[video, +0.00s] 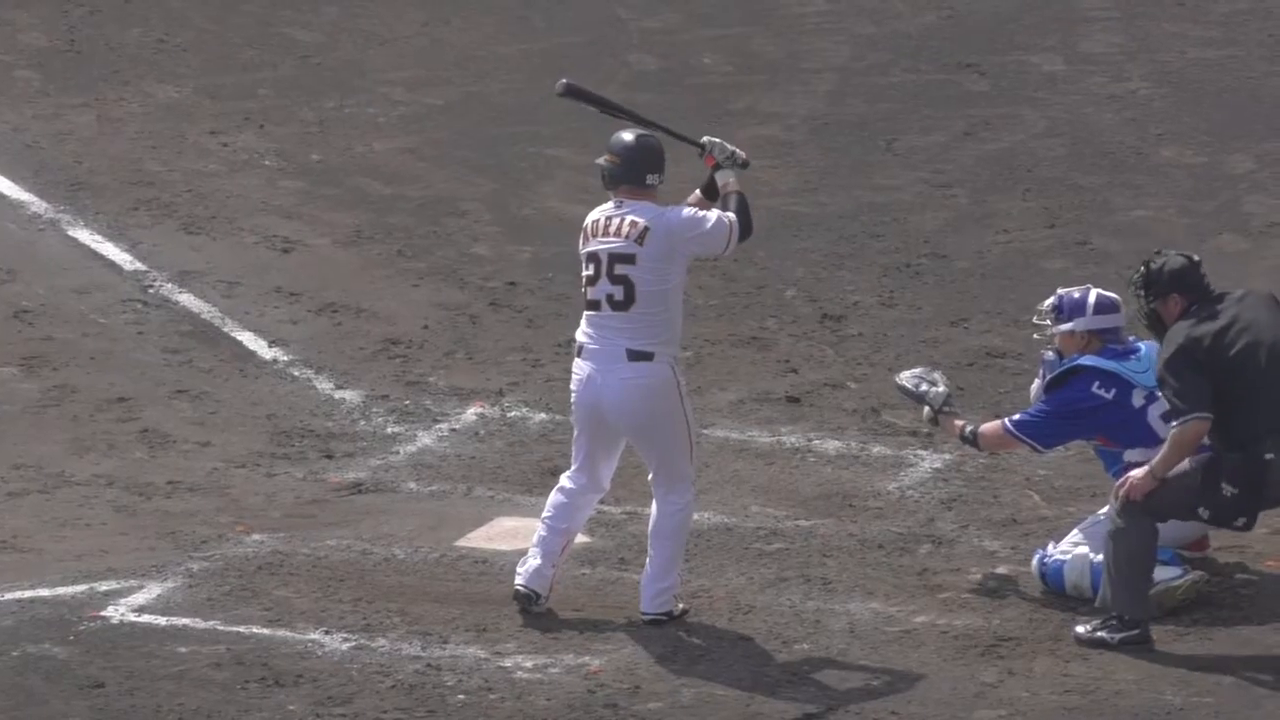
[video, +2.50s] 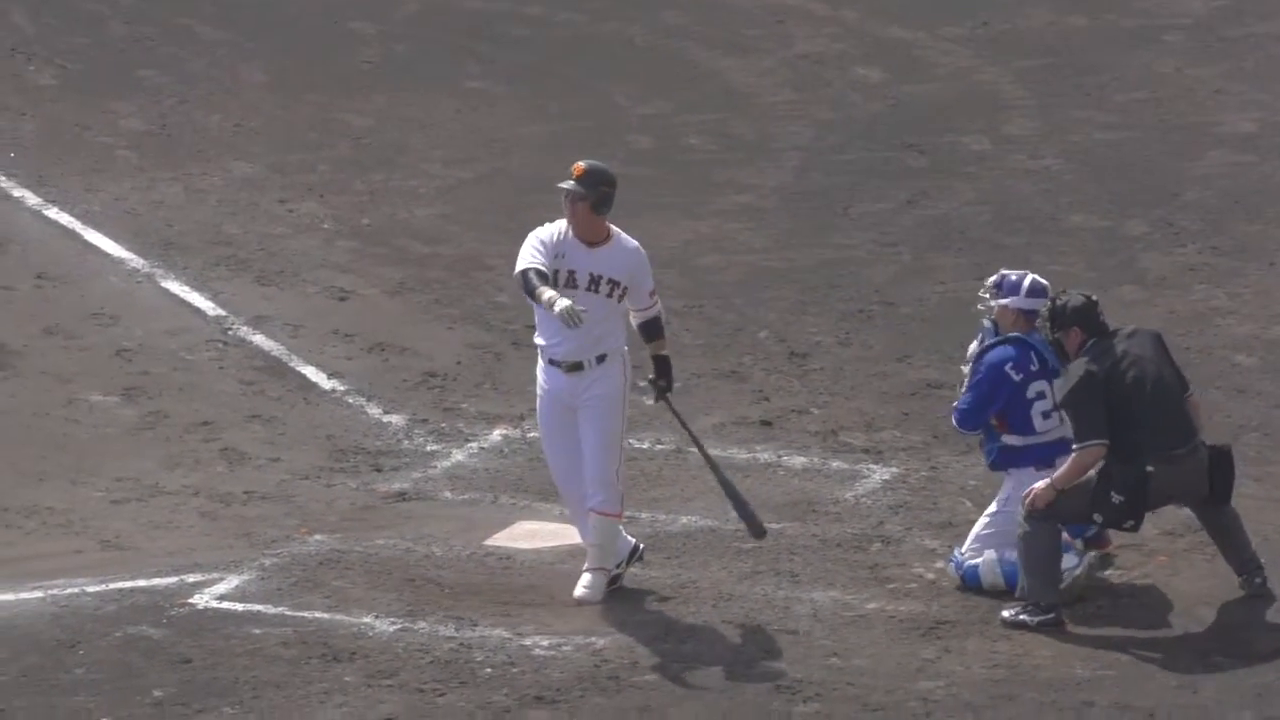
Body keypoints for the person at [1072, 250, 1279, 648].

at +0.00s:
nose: (1152, 313)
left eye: (1154, 304)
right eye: (1149, 304)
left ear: (1175, 303)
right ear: (1201, 288)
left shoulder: (1182, 343)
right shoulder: (1260, 301)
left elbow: (1195, 422)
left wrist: (1152, 473)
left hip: (1256, 470)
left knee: (1132, 499)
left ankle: (1127, 619)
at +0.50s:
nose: (1159, 321)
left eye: (1161, 312)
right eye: (1157, 312)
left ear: (1183, 311)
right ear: (1205, 300)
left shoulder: (1186, 356)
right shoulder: (1262, 314)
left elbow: (1202, 438)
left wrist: (1146, 481)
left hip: (1251, 488)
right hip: (1273, 475)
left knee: (1124, 505)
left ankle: (1120, 626)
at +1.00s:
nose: (1081, 326)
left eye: (1084, 318)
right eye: (1079, 318)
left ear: (1105, 318)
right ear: (1130, 306)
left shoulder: (1105, 363)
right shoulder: (1186, 326)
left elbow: (1118, 441)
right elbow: (1239, 395)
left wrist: (1067, 478)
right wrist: (1222, 447)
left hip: (1164, 488)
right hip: (1228, 476)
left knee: (1045, 502)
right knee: (1237, 478)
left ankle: (1043, 613)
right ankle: (1277, 579)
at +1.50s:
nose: (1035, 325)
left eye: (1037, 318)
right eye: (1033, 317)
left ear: (1056, 318)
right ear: (1081, 308)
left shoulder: (1056, 358)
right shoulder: (1129, 326)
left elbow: (1068, 428)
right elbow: (1176, 387)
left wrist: (1022, 460)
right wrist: (1159, 431)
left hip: (1108, 471)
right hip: (1165, 457)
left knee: (1004, 482)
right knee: (1171, 463)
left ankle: (1001, 580)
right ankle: (1213, 550)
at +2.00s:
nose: (1052, 356)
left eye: (1053, 348)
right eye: (1050, 348)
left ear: (1071, 346)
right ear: (1097, 337)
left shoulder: (1073, 384)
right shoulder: (1144, 355)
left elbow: (1081, 457)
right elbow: (1191, 415)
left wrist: (1037, 489)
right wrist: (1171, 461)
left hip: (1120, 497)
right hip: (1178, 487)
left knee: (1018, 509)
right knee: (1186, 491)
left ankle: (1015, 606)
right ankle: (1228, 578)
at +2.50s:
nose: (1057, 346)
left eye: (1058, 339)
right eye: (1055, 339)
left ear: (1075, 335)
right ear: (1098, 323)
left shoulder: (1078, 376)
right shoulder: (1148, 339)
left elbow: (1092, 448)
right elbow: (1189, 401)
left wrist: (1051, 486)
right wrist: (1190, 448)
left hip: (1139, 482)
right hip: (1193, 468)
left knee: (1038, 509)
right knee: (1207, 497)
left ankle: (1039, 604)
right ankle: (1253, 574)